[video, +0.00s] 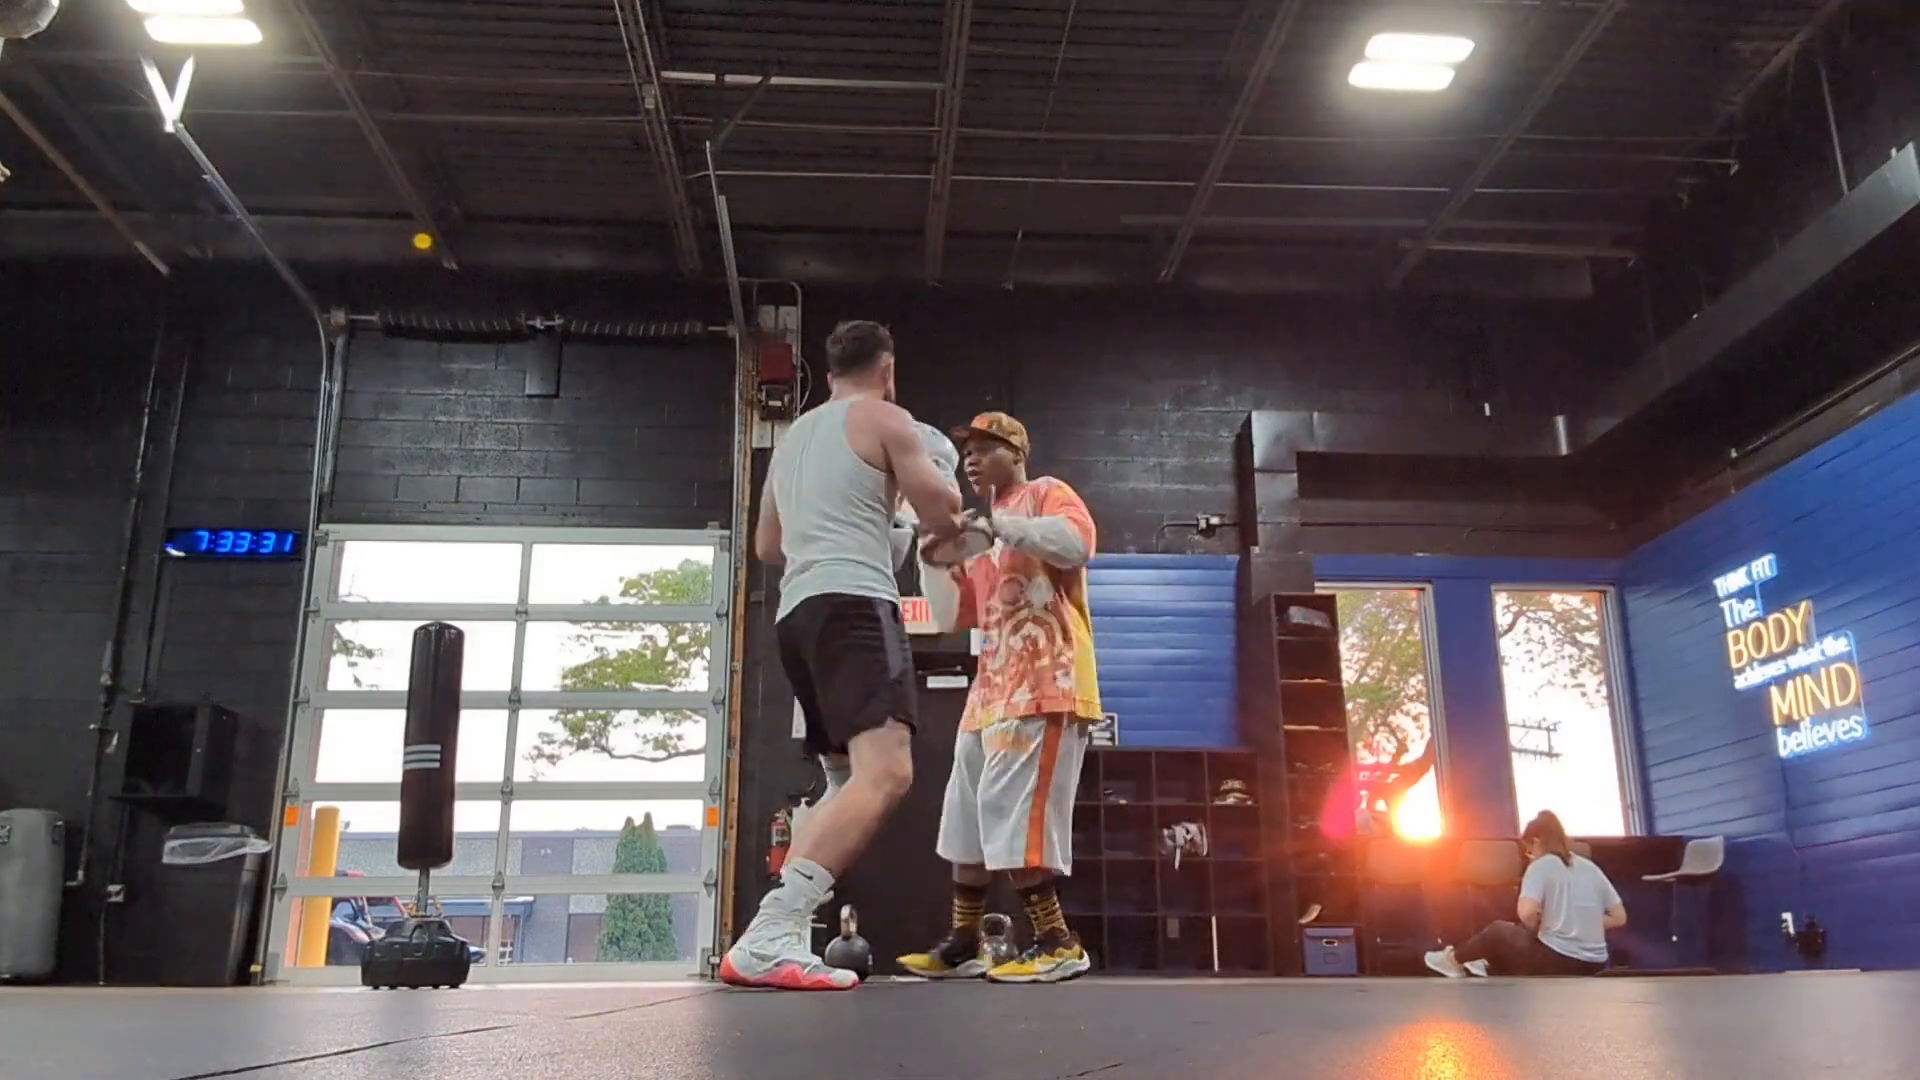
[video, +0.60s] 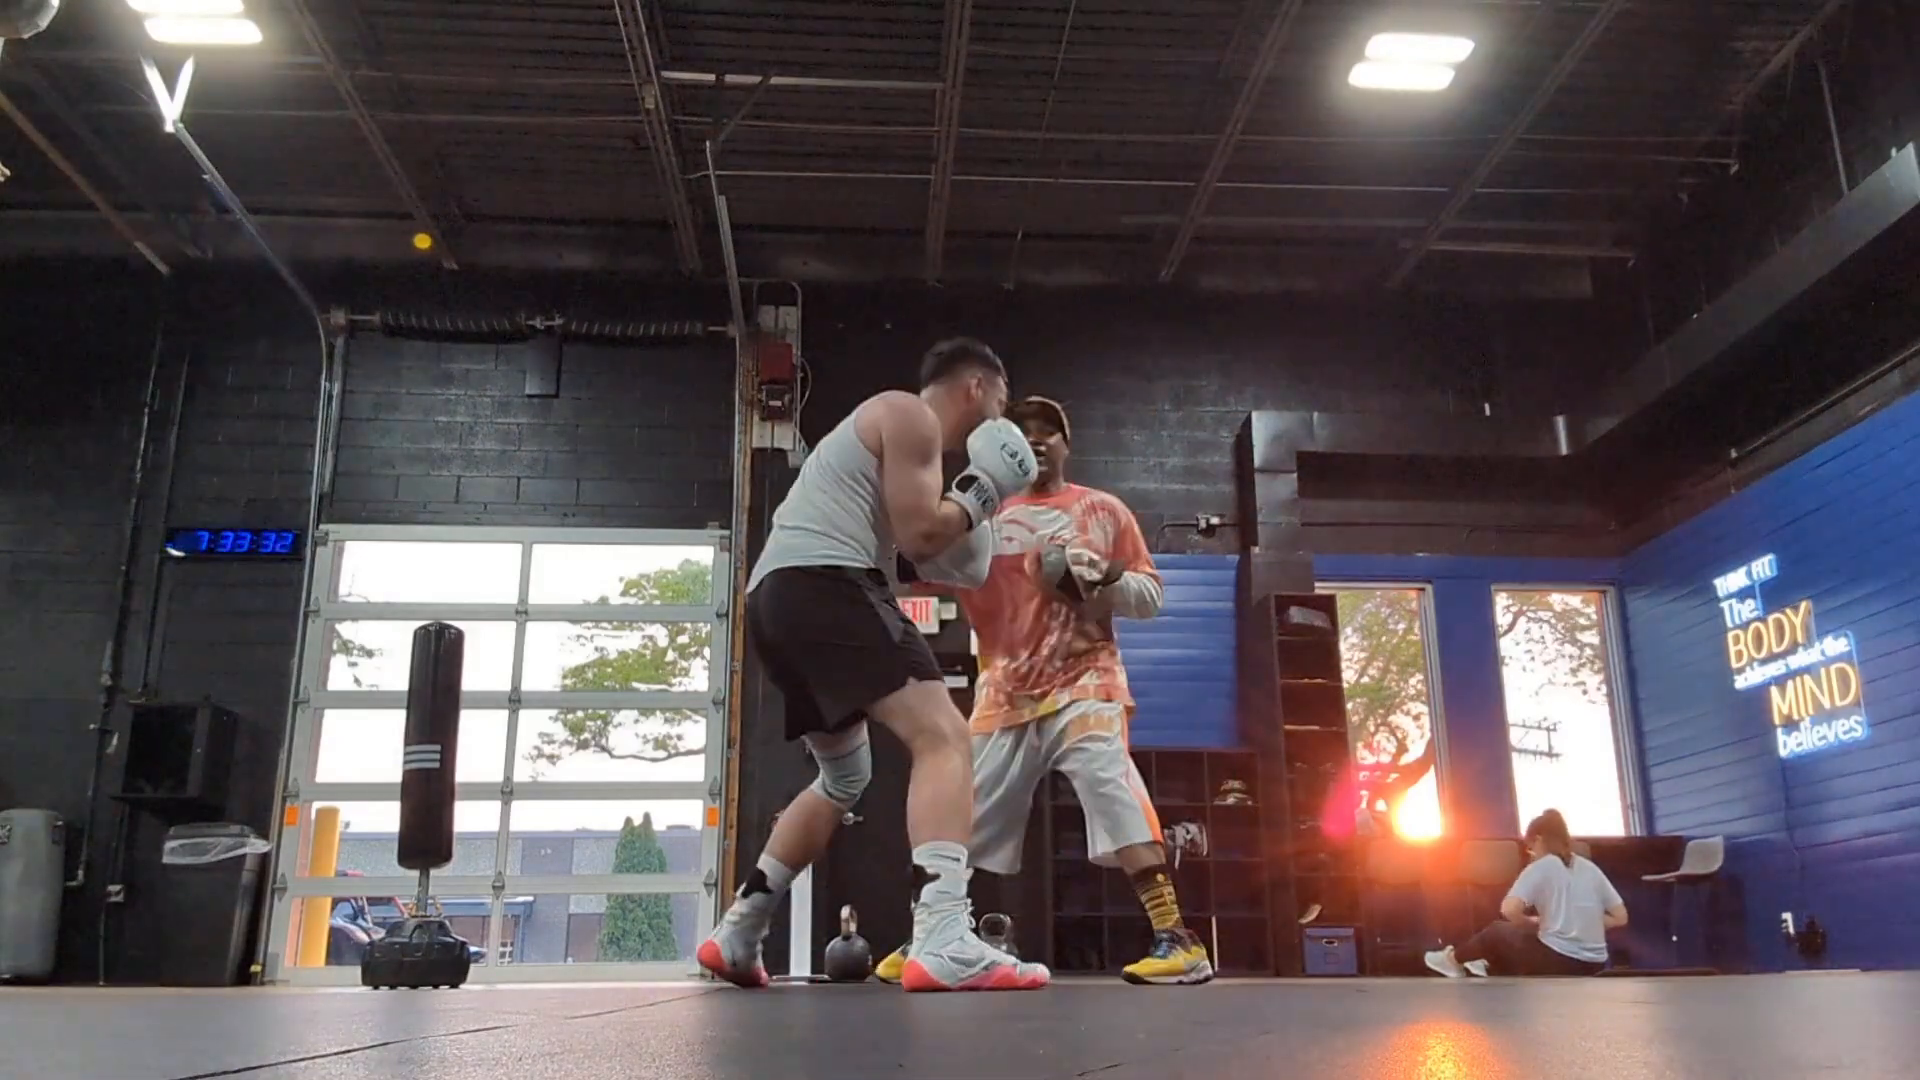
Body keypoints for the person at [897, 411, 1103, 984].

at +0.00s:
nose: (972, 460)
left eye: (982, 449)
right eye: (967, 453)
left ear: (1015, 451)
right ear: (967, 465)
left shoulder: (1048, 493)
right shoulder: (980, 528)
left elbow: (1073, 544)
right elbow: (953, 616)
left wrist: (994, 523)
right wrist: (937, 549)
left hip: (1044, 682)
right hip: (993, 685)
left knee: (1011, 807)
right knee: (965, 806)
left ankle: (1057, 942)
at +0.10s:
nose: (965, 475)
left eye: (976, 464)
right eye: (957, 467)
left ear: (1002, 471)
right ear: (947, 480)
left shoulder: (1032, 513)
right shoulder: (947, 550)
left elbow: (1025, 559)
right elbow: (931, 633)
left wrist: (947, 568)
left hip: (1036, 688)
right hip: (975, 700)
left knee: (990, 787)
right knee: (936, 810)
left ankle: (1049, 928)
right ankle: (933, 949)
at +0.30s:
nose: (938, 494)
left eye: (948, 479)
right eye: (932, 484)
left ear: (969, 482)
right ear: (923, 496)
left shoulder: (1004, 529)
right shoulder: (936, 569)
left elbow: (1047, 596)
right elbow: (930, 635)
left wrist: (974, 639)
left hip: (1025, 678)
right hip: (968, 694)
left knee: (1018, 773)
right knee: (913, 805)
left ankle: (1111, 923)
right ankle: (935, 939)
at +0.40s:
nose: (957, 480)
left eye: (966, 469)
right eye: (948, 471)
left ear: (984, 479)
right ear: (933, 483)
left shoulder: (1020, 535)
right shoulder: (929, 550)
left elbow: (1082, 601)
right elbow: (922, 625)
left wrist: (1023, 635)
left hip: (1033, 709)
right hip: (965, 719)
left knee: (1048, 786)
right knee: (918, 813)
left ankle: (1145, 923)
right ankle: (934, 944)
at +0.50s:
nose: (988, 466)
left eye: (998, 453)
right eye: (978, 456)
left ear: (1022, 460)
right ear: (969, 469)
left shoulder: (1064, 525)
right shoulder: (957, 543)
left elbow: (1122, 598)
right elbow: (946, 646)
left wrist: (1062, 601)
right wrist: (888, 635)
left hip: (1058, 700)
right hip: (985, 707)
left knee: (1076, 790)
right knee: (953, 821)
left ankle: (1170, 938)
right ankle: (933, 945)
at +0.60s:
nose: (1038, 446)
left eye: (1047, 436)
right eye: (1026, 438)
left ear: (1066, 443)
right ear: (1008, 449)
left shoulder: (1104, 511)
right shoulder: (981, 516)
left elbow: (1149, 597)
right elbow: (926, 563)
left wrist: (1103, 579)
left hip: (1085, 676)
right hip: (1005, 684)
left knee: (1103, 775)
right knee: (967, 803)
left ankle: (1174, 939)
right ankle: (935, 937)